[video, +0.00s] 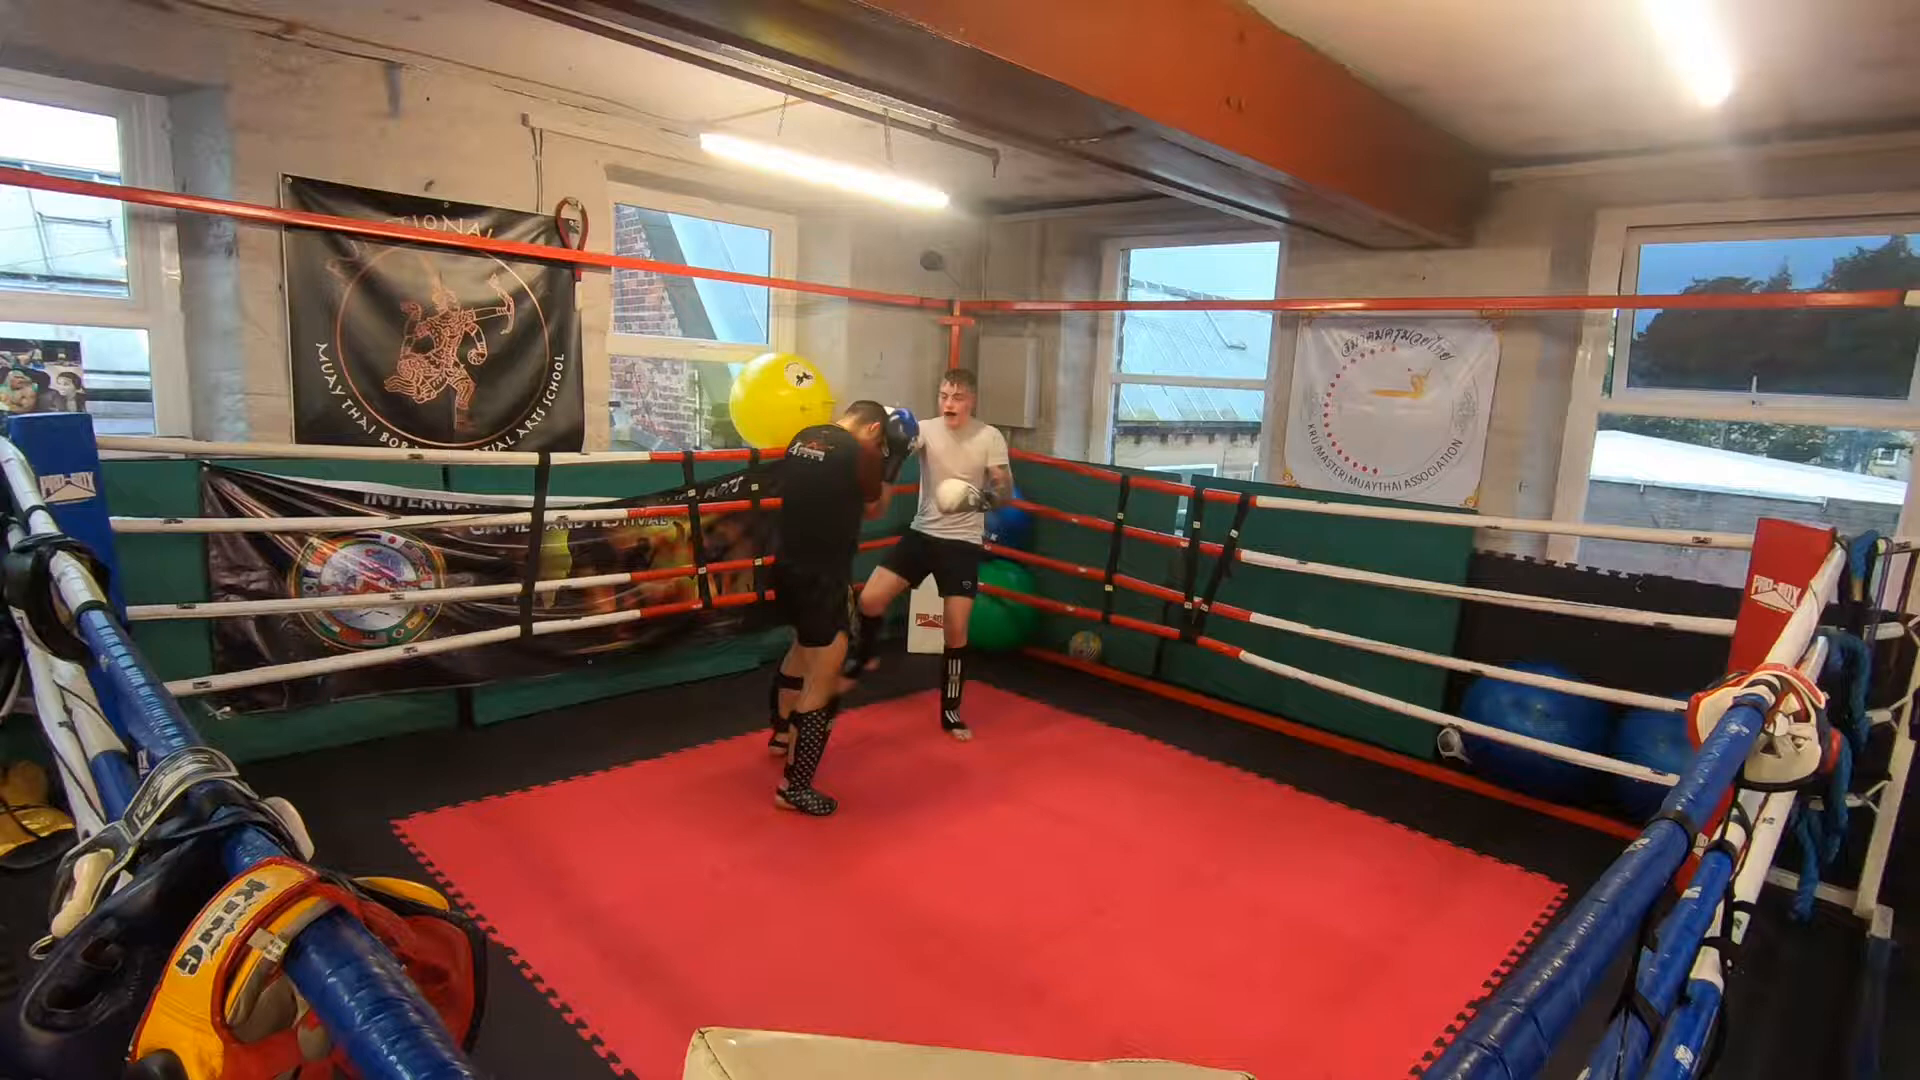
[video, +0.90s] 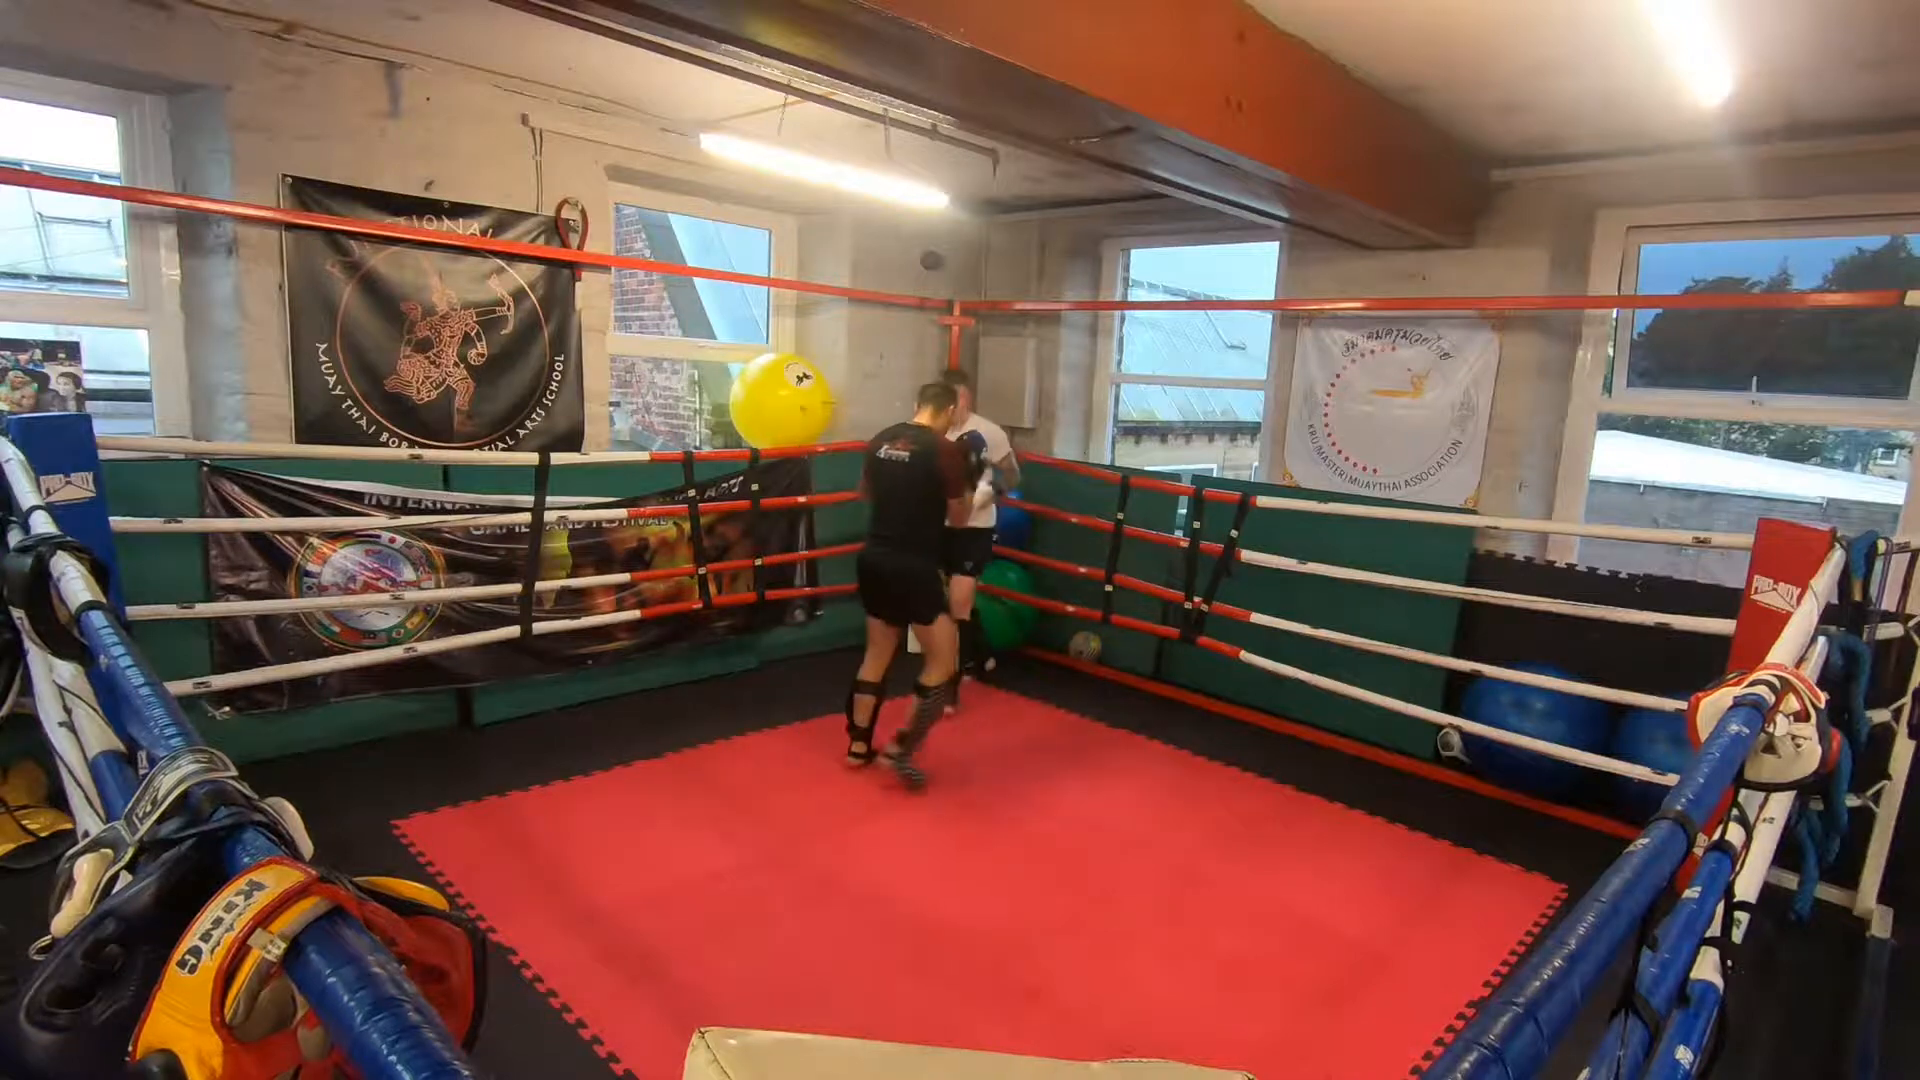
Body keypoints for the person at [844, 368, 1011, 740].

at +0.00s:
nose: (950, 403)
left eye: (958, 397)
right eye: (945, 396)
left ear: (973, 400)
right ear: (939, 397)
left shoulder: (990, 438)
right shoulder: (926, 430)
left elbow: (1005, 495)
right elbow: (891, 469)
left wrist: (991, 492)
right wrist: (895, 443)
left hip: (963, 541)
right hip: (921, 534)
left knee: (956, 629)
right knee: (870, 599)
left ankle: (951, 713)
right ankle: (862, 659)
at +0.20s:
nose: (971, 406)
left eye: (978, 399)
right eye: (965, 399)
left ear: (992, 402)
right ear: (959, 399)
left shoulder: (1006, 440)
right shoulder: (942, 432)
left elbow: (1018, 495)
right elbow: (905, 468)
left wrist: (1006, 484)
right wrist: (904, 452)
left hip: (967, 539)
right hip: (930, 525)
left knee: (965, 628)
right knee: (892, 572)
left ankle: (951, 711)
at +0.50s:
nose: (972, 405)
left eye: (980, 399)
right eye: (968, 398)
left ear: (994, 402)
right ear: (962, 400)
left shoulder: (1012, 443)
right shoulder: (947, 434)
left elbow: (1022, 499)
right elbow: (924, 481)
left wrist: (990, 501)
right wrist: (928, 457)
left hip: (973, 541)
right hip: (932, 529)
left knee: (964, 626)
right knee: (886, 590)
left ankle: (952, 712)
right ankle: (836, 662)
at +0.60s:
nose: (969, 402)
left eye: (976, 396)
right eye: (964, 395)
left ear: (990, 400)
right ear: (956, 399)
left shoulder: (1009, 442)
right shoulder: (946, 434)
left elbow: (1028, 495)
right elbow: (929, 483)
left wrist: (1004, 503)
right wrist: (933, 456)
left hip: (976, 541)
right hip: (936, 533)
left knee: (960, 626)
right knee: (902, 607)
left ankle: (950, 710)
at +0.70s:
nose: (960, 405)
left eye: (967, 399)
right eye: (955, 398)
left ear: (981, 403)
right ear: (948, 402)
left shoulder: (1001, 441)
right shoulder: (937, 439)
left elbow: (1029, 486)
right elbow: (917, 477)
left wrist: (1012, 500)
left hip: (975, 540)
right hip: (937, 537)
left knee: (959, 622)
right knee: (934, 617)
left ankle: (950, 709)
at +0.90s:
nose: (953, 404)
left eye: (958, 397)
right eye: (950, 397)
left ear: (968, 398)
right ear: (944, 399)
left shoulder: (989, 434)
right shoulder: (931, 430)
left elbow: (1011, 479)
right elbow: (917, 470)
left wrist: (991, 490)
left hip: (974, 527)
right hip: (936, 524)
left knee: (959, 603)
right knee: (940, 602)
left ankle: (950, 683)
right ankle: (983, 655)